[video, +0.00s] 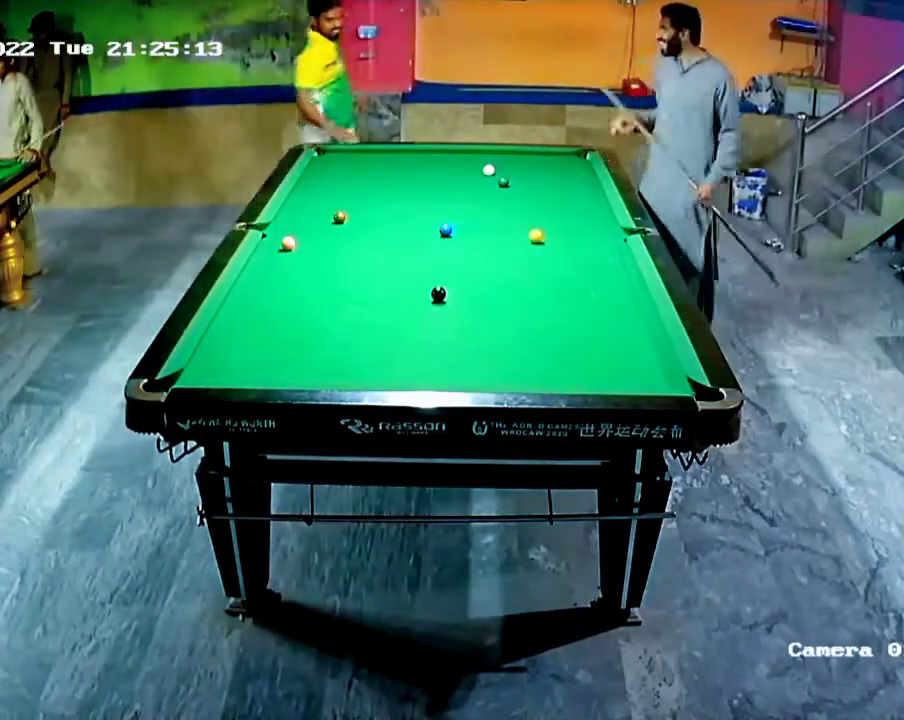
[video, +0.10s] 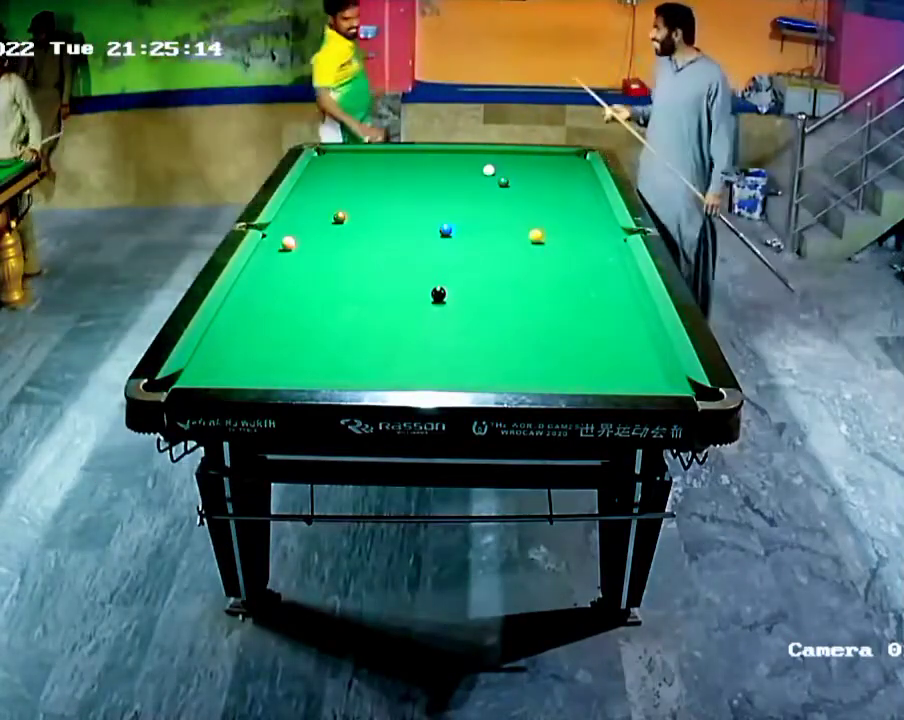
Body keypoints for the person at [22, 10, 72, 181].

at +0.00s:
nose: (38, 37)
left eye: (41, 32)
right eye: (36, 32)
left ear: (50, 31)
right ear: (34, 32)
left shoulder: (60, 49)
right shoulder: (31, 49)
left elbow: (67, 76)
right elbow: (25, 72)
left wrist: (65, 102)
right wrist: (22, 92)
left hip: (52, 95)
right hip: (33, 94)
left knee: (49, 130)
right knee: (34, 127)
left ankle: (44, 159)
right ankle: (35, 159)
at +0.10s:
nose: (39, 37)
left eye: (42, 33)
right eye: (36, 33)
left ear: (50, 32)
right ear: (34, 32)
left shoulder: (60, 51)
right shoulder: (31, 49)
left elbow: (68, 76)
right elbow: (23, 72)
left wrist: (65, 102)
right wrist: (19, 91)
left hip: (52, 95)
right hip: (32, 94)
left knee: (49, 129)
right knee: (32, 127)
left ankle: (45, 160)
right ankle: (32, 158)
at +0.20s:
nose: (39, 37)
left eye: (42, 33)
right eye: (37, 33)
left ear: (50, 32)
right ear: (34, 33)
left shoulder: (60, 51)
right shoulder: (31, 50)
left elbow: (68, 77)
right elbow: (24, 74)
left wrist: (65, 102)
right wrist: (22, 94)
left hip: (52, 96)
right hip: (34, 95)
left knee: (49, 130)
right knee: (34, 128)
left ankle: (45, 161)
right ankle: (38, 162)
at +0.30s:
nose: (39, 37)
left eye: (42, 33)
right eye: (37, 33)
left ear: (50, 32)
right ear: (35, 33)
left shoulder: (61, 51)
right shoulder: (31, 51)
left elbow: (68, 76)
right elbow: (21, 75)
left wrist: (65, 102)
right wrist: (20, 98)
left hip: (51, 95)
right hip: (32, 94)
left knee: (47, 130)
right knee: (24, 126)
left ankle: (44, 161)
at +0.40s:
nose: (39, 37)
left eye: (42, 32)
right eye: (36, 33)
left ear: (49, 31)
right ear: (34, 32)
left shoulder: (61, 49)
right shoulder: (30, 49)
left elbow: (68, 76)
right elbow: (21, 75)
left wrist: (65, 102)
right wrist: (16, 102)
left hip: (50, 96)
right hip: (30, 94)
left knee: (47, 132)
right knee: (23, 129)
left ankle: (44, 163)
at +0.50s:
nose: (38, 38)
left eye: (42, 33)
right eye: (35, 33)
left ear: (50, 32)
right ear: (33, 32)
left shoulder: (61, 49)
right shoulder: (31, 49)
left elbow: (68, 75)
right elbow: (20, 78)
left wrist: (65, 102)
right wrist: (16, 105)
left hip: (51, 95)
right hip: (32, 95)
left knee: (48, 131)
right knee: (21, 125)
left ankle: (46, 160)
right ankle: (41, 157)